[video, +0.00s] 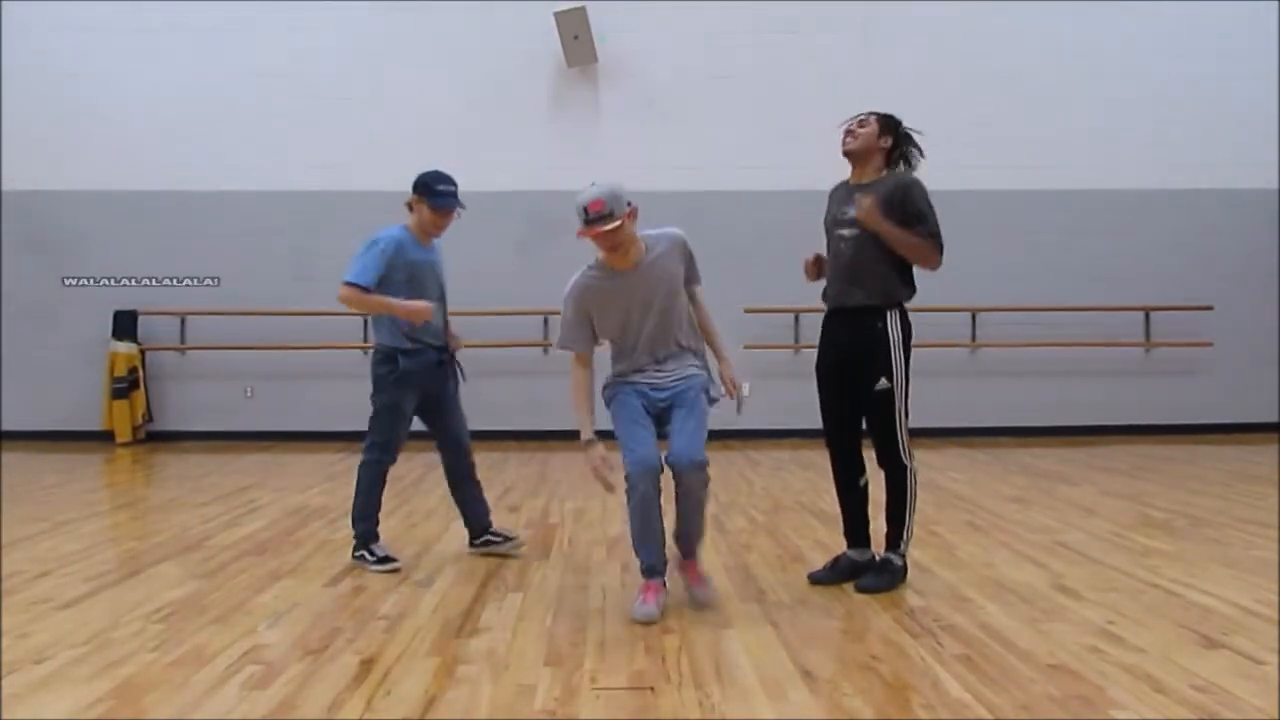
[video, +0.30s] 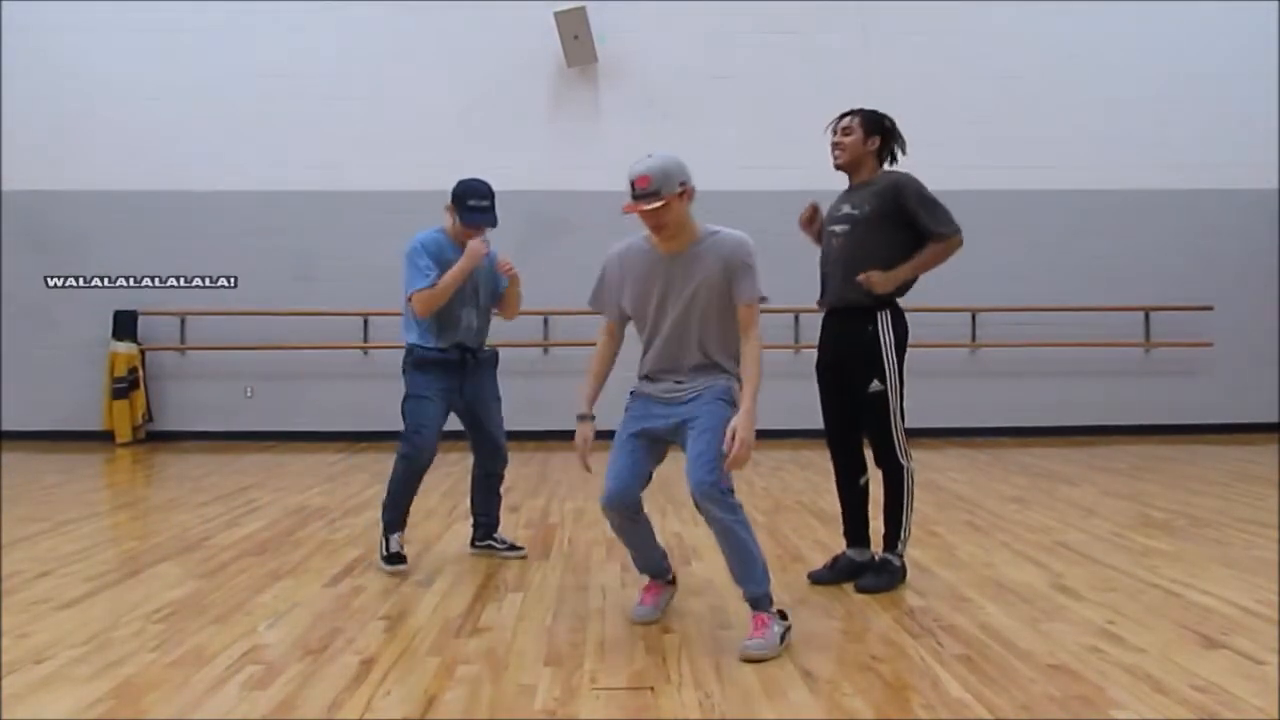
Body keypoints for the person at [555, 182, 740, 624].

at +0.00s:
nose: (608, 241)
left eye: (614, 230)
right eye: (597, 235)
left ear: (632, 217)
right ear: (587, 236)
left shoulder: (672, 245)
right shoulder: (583, 291)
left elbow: (694, 300)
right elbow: (582, 366)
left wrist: (723, 360)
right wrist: (588, 439)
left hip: (686, 371)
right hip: (629, 382)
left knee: (689, 460)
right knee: (641, 466)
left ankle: (688, 556)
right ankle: (652, 577)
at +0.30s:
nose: (649, 218)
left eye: (659, 207)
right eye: (641, 209)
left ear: (687, 196)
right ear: (633, 206)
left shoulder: (730, 251)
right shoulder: (624, 262)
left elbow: (750, 335)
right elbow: (609, 340)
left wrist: (747, 410)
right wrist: (585, 412)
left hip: (713, 388)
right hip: (651, 391)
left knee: (706, 487)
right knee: (617, 499)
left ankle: (764, 612)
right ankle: (659, 575)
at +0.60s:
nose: (633, 203)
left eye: (638, 189)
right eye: (626, 194)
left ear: (673, 176)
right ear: (626, 197)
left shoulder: (733, 245)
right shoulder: (636, 252)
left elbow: (757, 334)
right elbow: (618, 327)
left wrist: (790, 416)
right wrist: (576, 406)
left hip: (717, 396)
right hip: (660, 389)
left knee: (705, 505)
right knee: (580, 484)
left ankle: (765, 616)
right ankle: (623, 597)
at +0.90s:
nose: (637, 198)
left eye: (641, 186)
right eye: (629, 190)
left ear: (669, 167)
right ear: (630, 185)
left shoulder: (711, 191)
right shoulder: (635, 247)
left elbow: (674, 151)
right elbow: (624, 333)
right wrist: (598, 411)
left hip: (707, 387)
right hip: (646, 386)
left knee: (707, 516)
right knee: (576, 485)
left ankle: (763, 614)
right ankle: (622, 596)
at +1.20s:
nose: (635, 195)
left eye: (640, 182)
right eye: (626, 188)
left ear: (665, 162)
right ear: (622, 183)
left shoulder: (706, 181)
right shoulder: (634, 247)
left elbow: (662, 150)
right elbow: (642, 330)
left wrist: (580, 171)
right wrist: (627, 401)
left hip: (713, 380)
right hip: (654, 380)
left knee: (707, 519)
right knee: (579, 483)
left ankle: (763, 613)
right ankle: (623, 594)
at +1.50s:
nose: (616, 220)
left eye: (619, 207)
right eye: (606, 213)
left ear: (643, 184)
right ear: (601, 213)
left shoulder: (683, 204)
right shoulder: (624, 265)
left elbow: (638, 172)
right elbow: (640, 342)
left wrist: (559, 189)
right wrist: (614, 412)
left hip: (712, 395)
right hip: (654, 393)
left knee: (701, 527)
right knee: (574, 485)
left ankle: (764, 617)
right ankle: (625, 603)